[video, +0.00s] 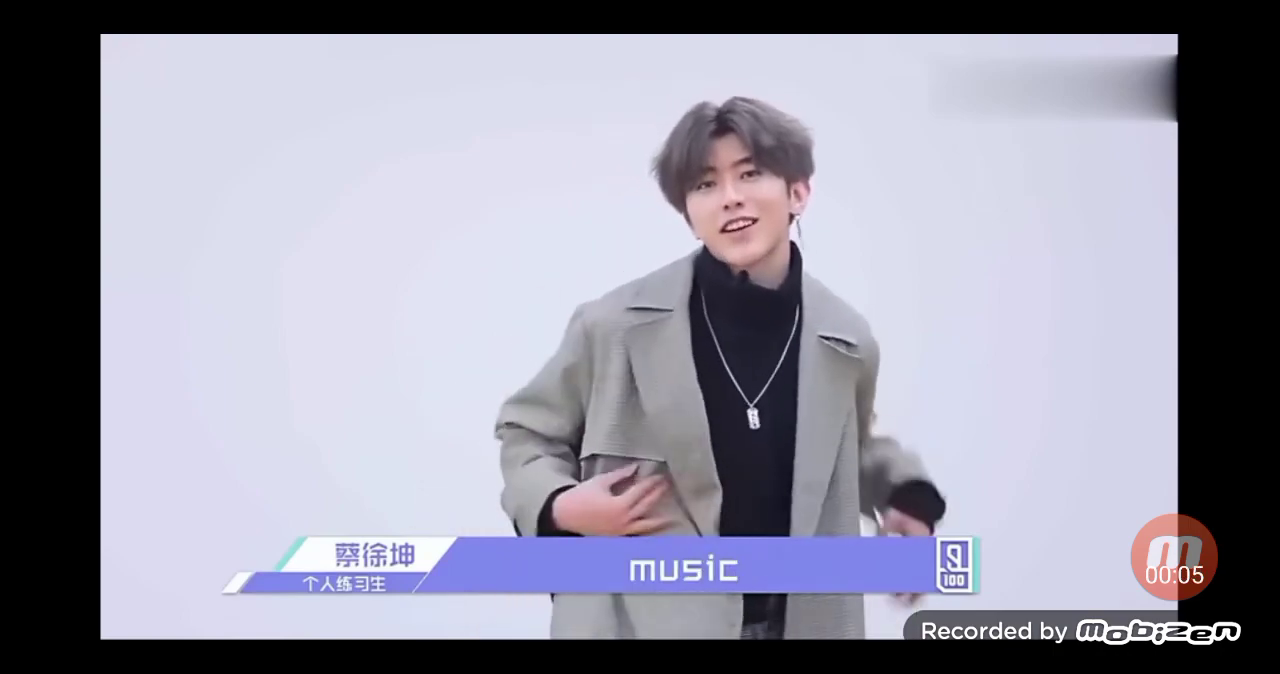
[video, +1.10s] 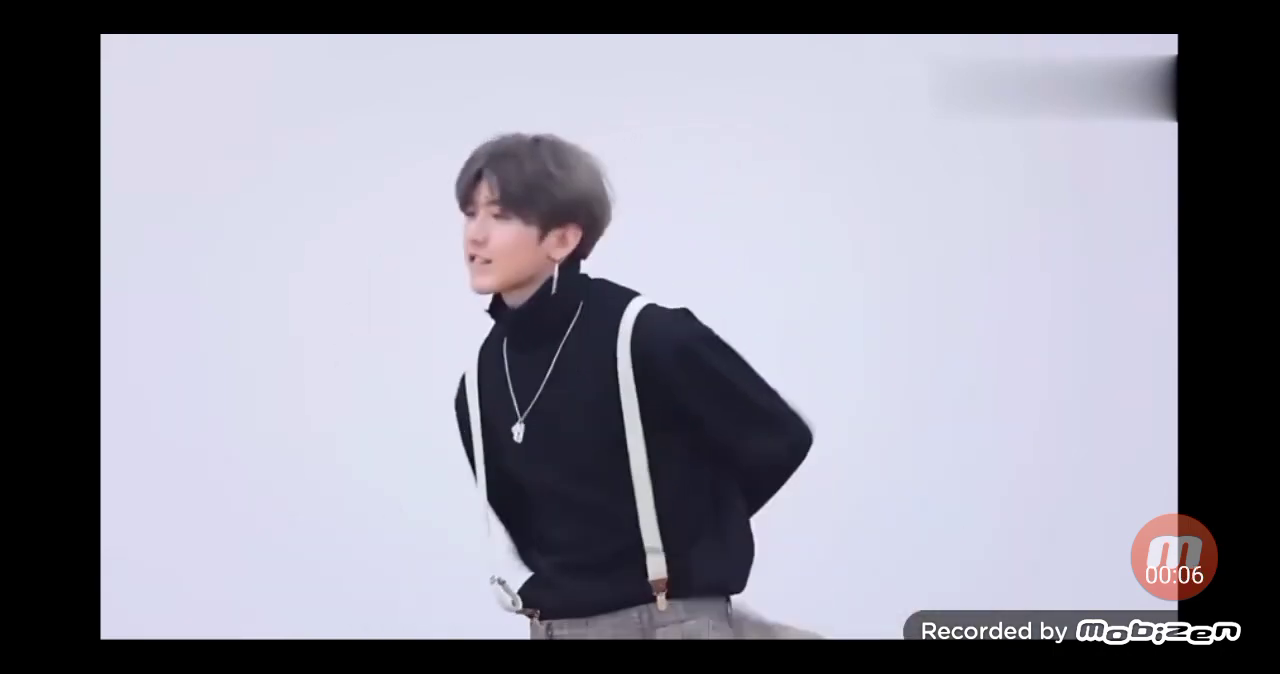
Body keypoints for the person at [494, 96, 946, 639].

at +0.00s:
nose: (730, 199)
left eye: (750, 174)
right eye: (705, 184)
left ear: (798, 192)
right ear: (686, 210)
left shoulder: (849, 341)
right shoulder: (611, 328)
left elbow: (856, 450)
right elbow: (529, 432)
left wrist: (909, 492)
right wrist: (557, 506)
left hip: (808, 625)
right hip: (653, 620)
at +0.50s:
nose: (628, 195)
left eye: (649, 172)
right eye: (607, 179)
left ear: (698, 185)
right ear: (588, 198)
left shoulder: (775, 318)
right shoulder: (565, 318)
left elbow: (842, 469)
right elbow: (554, 461)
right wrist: (537, 595)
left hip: (718, 619)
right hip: (587, 624)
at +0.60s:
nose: (596, 205)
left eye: (617, 180)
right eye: (576, 190)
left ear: (672, 187)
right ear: (561, 208)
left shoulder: (753, 326)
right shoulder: (553, 333)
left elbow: (795, 500)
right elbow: (571, 477)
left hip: (706, 622)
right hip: (577, 627)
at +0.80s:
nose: (507, 234)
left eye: (530, 209)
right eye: (499, 215)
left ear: (595, 218)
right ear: (488, 221)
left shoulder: (688, 329)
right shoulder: (512, 366)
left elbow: (800, 441)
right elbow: (581, 492)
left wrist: (775, 587)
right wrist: (545, 591)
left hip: (685, 619)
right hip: (563, 627)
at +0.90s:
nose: (481, 243)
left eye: (504, 220)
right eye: (476, 223)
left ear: (571, 231)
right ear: (470, 229)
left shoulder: (664, 331)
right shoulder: (503, 374)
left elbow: (791, 438)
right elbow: (583, 497)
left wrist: (778, 579)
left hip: (675, 620)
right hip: (561, 627)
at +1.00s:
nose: (466, 248)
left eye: (490, 228)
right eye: (463, 228)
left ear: (556, 242)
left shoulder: (654, 337)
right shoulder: (492, 382)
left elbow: (775, 446)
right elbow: (569, 501)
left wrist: (749, 556)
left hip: (677, 618)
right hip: (561, 626)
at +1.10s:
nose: (473, 235)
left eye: (500, 217)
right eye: (470, 215)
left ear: (563, 239)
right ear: (463, 221)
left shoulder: (653, 336)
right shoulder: (476, 389)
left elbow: (780, 441)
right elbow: (524, 520)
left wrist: (691, 531)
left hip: (670, 618)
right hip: (556, 627)